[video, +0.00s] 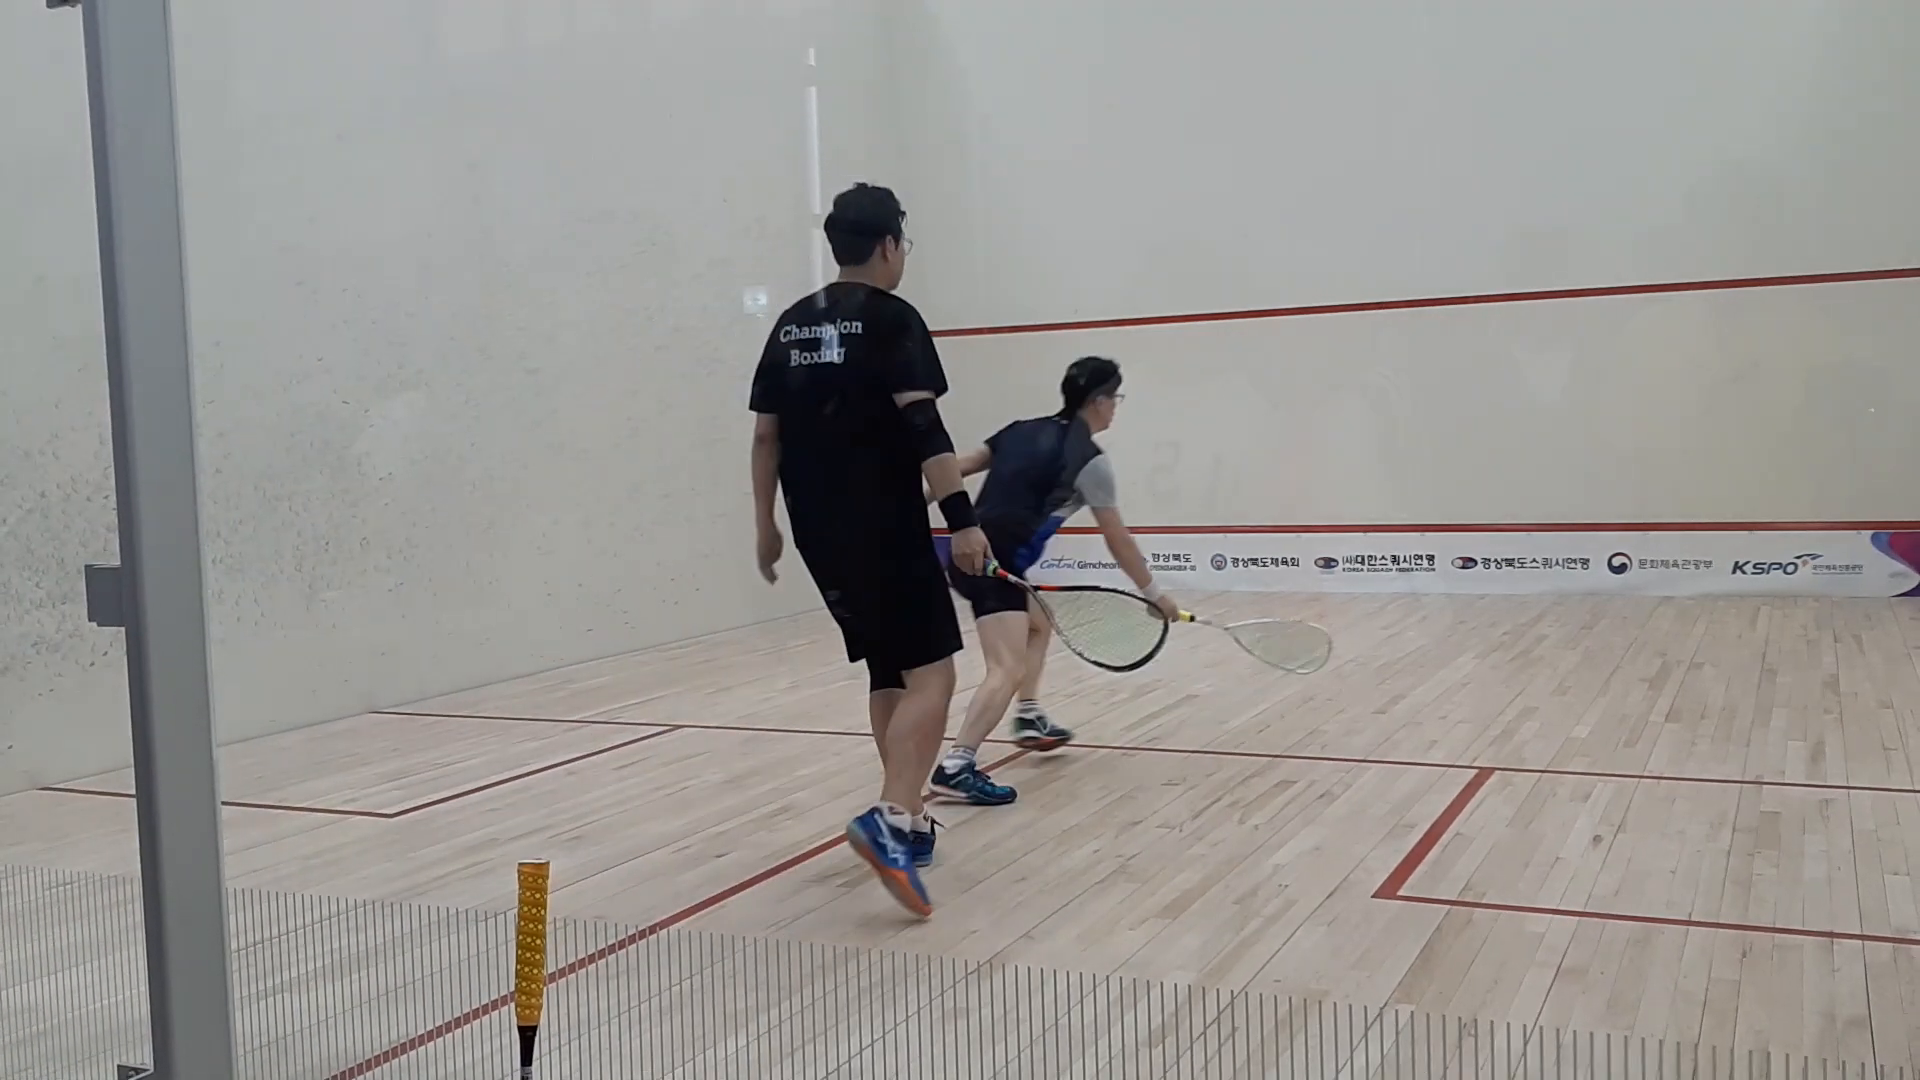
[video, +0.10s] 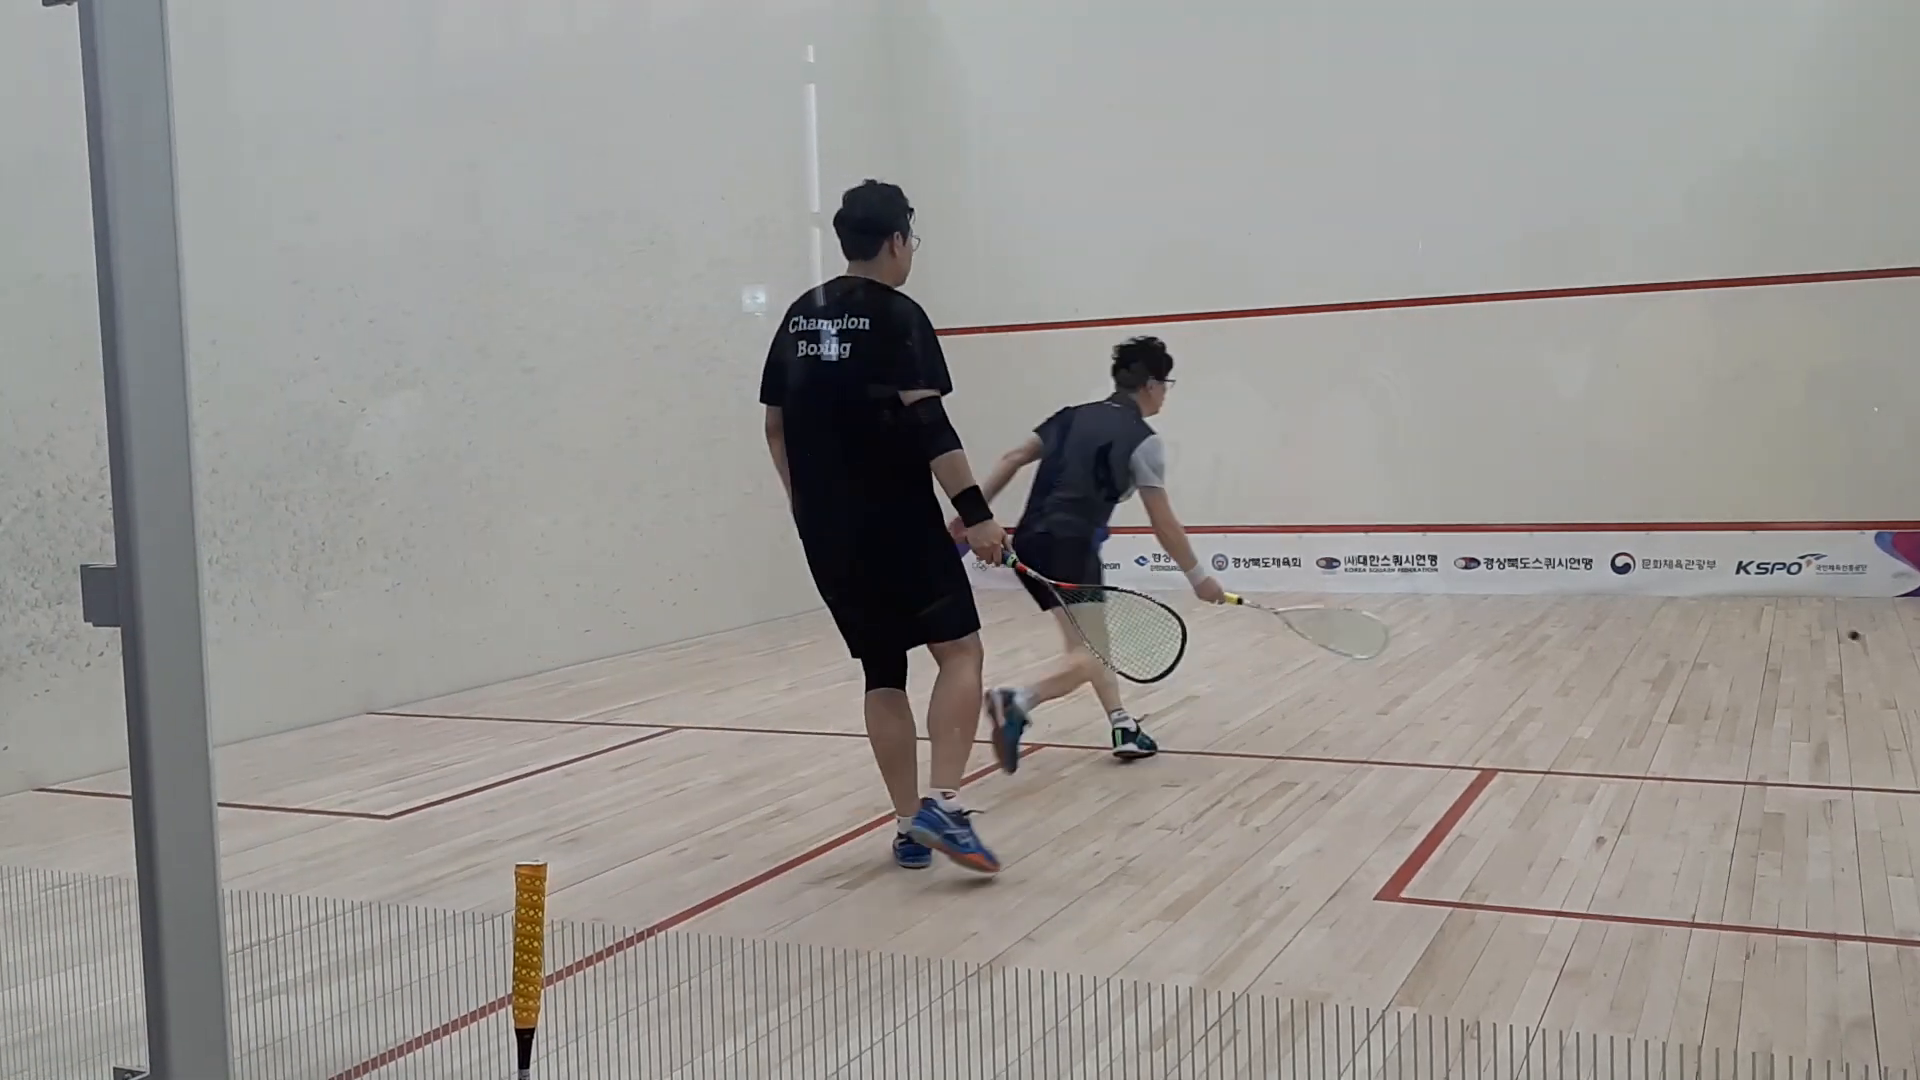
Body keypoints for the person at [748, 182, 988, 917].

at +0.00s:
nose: (905, 255)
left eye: (901, 243)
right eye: (903, 244)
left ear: (836, 246)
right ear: (888, 246)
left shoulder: (791, 322)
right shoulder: (894, 321)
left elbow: (765, 434)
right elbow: (924, 427)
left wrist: (765, 521)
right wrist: (961, 522)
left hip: (820, 533)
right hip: (888, 528)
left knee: (885, 676)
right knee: (934, 671)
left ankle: (908, 818)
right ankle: (892, 819)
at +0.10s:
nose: (913, 252)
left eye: (909, 240)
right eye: (911, 240)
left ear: (846, 242)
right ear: (897, 242)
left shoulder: (798, 315)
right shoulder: (898, 315)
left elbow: (777, 431)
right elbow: (928, 421)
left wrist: (806, 507)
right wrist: (976, 515)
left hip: (827, 529)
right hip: (902, 519)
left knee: (881, 671)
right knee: (960, 653)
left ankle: (909, 827)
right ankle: (943, 804)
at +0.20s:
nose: (921, 252)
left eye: (918, 241)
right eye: (919, 241)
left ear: (856, 244)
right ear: (904, 245)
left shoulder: (808, 309)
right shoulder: (906, 316)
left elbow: (778, 407)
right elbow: (934, 424)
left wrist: (825, 463)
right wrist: (986, 512)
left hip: (831, 521)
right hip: (909, 512)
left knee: (878, 663)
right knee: (964, 641)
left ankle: (910, 824)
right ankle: (996, 799)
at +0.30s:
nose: (926, 266)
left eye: (924, 254)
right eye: (924, 255)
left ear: (864, 258)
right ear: (910, 259)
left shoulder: (815, 317)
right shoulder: (910, 328)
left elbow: (781, 411)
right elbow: (942, 433)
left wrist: (838, 445)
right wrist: (997, 519)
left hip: (835, 527)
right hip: (911, 518)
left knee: (881, 667)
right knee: (965, 643)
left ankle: (909, 819)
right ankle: (1018, 774)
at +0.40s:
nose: (932, 281)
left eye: (930, 270)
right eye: (931, 270)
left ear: (872, 270)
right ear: (918, 272)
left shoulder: (824, 327)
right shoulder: (921, 343)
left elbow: (777, 409)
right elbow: (958, 447)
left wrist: (802, 460)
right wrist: (1012, 525)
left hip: (837, 521)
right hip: (912, 514)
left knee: (878, 657)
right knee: (956, 635)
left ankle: (903, 790)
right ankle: (986, 774)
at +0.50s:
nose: (930, 290)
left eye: (929, 280)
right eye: (928, 281)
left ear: (871, 284)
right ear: (917, 285)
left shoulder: (823, 341)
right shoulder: (931, 356)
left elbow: (766, 414)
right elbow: (975, 453)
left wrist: (747, 478)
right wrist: (1020, 525)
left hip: (836, 530)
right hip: (910, 529)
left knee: (853, 643)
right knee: (944, 639)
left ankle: (866, 727)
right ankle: (986, 775)